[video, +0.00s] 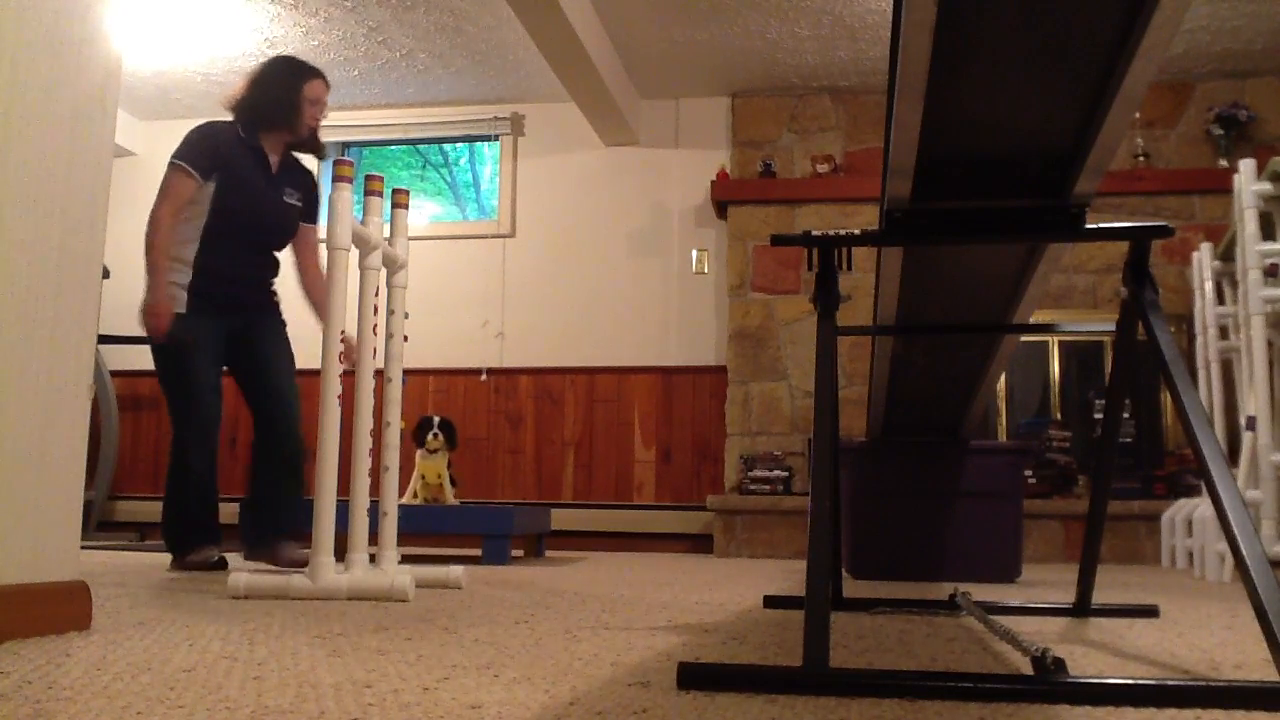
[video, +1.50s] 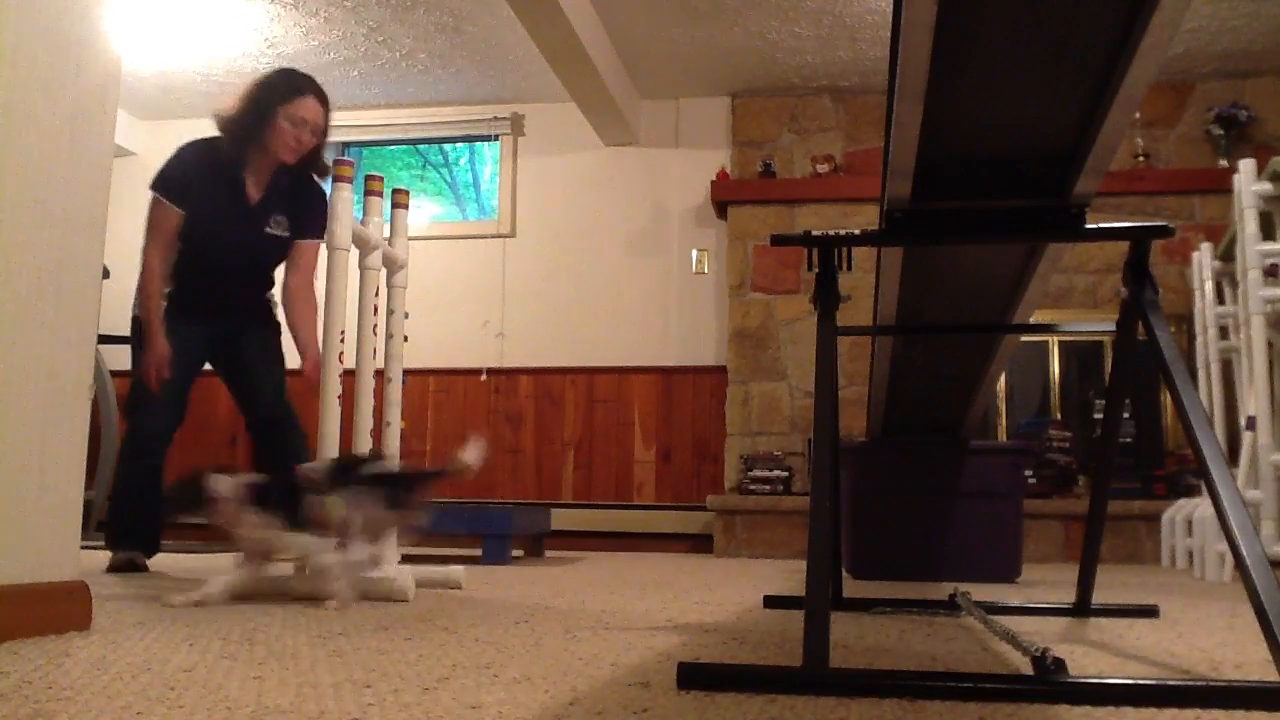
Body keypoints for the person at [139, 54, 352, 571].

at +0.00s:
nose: (322, 114)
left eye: (324, 105)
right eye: (314, 103)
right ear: (282, 101)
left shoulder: (299, 180)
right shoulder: (213, 141)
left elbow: (310, 265)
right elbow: (164, 214)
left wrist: (337, 329)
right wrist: (157, 290)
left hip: (255, 308)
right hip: (189, 304)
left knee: (281, 419)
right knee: (198, 423)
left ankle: (268, 536)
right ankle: (194, 542)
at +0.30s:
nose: (362, 125)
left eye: (365, 114)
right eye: (355, 112)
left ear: (340, 115)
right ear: (320, 106)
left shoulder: (340, 175)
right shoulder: (236, 143)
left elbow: (370, 268)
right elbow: (182, 215)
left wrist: (417, 334)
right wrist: (161, 296)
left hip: (282, 313)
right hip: (210, 308)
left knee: (288, 423)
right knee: (201, 428)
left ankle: (298, 546)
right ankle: (197, 542)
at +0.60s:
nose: (407, 120)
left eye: (410, 109)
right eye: (399, 107)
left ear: (373, 109)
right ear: (361, 102)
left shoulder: (377, 175)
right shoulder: (266, 133)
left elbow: (414, 264)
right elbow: (210, 209)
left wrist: (462, 332)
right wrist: (202, 293)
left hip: (304, 301)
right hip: (233, 293)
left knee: (307, 417)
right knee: (212, 415)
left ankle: (292, 543)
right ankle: (204, 537)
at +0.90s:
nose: (393, 101)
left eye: (397, 92)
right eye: (384, 87)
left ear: (394, 95)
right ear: (346, 79)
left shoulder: (375, 157)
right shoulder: (258, 122)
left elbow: (415, 232)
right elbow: (205, 206)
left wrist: (460, 253)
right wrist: (204, 292)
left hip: (307, 293)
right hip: (238, 283)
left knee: (303, 414)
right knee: (211, 408)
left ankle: (288, 543)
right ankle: (188, 531)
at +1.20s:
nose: (323, 97)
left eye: (333, 89)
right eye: (314, 83)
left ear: (338, 98)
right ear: (282, 80)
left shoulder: (317, 158)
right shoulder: (209, 134)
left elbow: (343, 250)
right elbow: (172, 228)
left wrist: (393, 298)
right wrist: (178, 312)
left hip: (276, 301)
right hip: (207, 296)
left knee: (284, 419)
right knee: (173, 417)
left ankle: (292, 544)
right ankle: (134, 542)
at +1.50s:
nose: (304, 139)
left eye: (314, 131)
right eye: (296, 123)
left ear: (319, 139)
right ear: (263, 115)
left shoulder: (305, 198)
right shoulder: (196, 163)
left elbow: (299, 284)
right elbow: (156, 251)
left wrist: (310, 351)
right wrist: (154, 334)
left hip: (248, 315)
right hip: (180, 310)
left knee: (274, 415)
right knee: (152, 421)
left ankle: (297, 538)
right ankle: (130, 547)